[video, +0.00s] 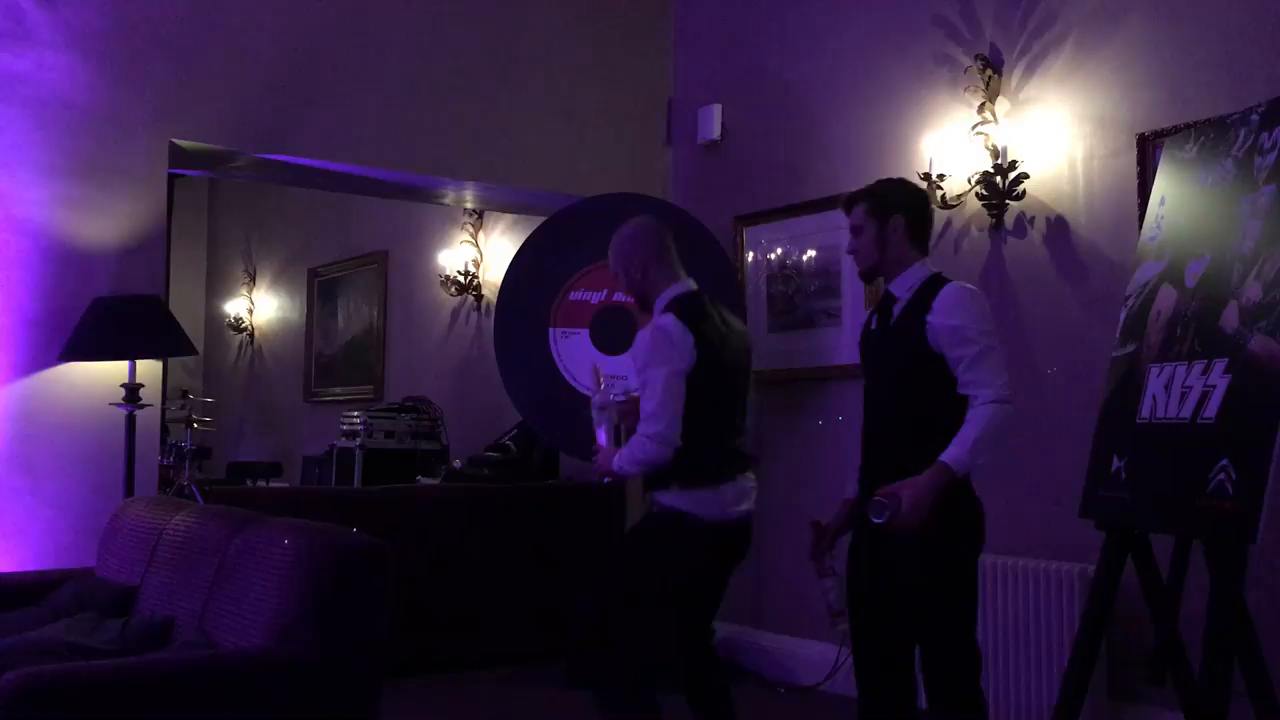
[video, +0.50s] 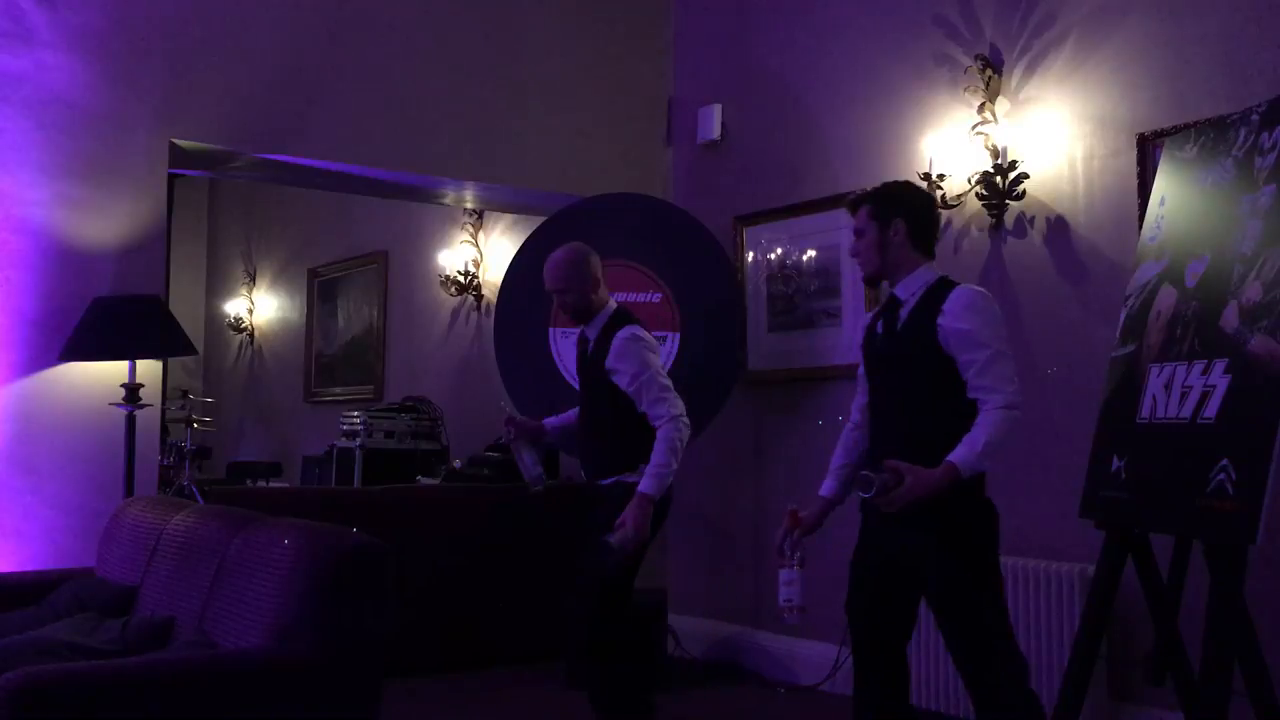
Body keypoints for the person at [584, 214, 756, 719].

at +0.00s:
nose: (617, 284)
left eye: (618, 271)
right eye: (614, 272)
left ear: (638, 267)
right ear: (668, 259)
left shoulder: (665, 332)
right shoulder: (724, 323)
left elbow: (660, 439)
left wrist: (611, 462)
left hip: (685, 518)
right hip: (732, 514)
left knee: (625, 631)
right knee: (691, 637)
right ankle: (716, 715)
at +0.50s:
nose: (558, 305)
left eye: (563, 294)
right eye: (554, 295)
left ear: (592, 286)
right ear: (566, 290)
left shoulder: (627, 341)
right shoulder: (589, 337)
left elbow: (674, 423)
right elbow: (599, 410)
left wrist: (644, 500)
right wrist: (542, 428)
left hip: (632, 494)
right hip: (603, 490)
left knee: (609, 604)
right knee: (599, 602)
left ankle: (622, 706)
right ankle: (609, 701)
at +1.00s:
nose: (589, 297)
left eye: (596, 288)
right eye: (580, 289)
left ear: (612, 291)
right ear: (570, 295)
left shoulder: (642, 347)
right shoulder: (565, 350)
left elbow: (674, 418)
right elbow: (559, 418)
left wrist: (679, 486)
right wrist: (534, 466)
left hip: (636, 485)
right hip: (587, 485)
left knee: (622, 591)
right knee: (591, 589)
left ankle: (633, 697)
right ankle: (602, 693)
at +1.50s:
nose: (612, 292)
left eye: (621, 282)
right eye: (605, 283)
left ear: (640, 285)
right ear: (596, 288)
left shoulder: (668, 343)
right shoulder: (592, 348)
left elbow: (696, 420)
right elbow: (587, 420)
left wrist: (691, 493)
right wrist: (549, 467)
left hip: (656, 487)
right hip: (609, 487)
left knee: (656, 604)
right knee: (604, 599)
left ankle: (666, 706)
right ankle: (611, 703)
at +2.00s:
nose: (582, 298)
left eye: (591, 290)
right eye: (578, 290)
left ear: (618, 288)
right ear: (577, 291)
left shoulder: (658, 343)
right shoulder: (579, 350)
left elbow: (690, 413)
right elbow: (570, 426)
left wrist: (665, 456)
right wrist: (539, 487)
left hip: (648, 490)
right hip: (597, 492)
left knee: (650, 603)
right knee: (594, 602)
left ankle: (664, 707)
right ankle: (595, 705)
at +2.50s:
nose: (588, 292)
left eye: (597, 284)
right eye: (588, 284)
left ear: (626, 287)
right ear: (606, 288)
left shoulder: (658, 343)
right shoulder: (598, 337)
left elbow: (693, 406)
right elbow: (558, 374)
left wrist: (708, 462)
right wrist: (537, 323)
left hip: (641, 487)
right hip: (601, 485)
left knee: (643, 602)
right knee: (597, 598)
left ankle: (661, 705)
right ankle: (596, 702)